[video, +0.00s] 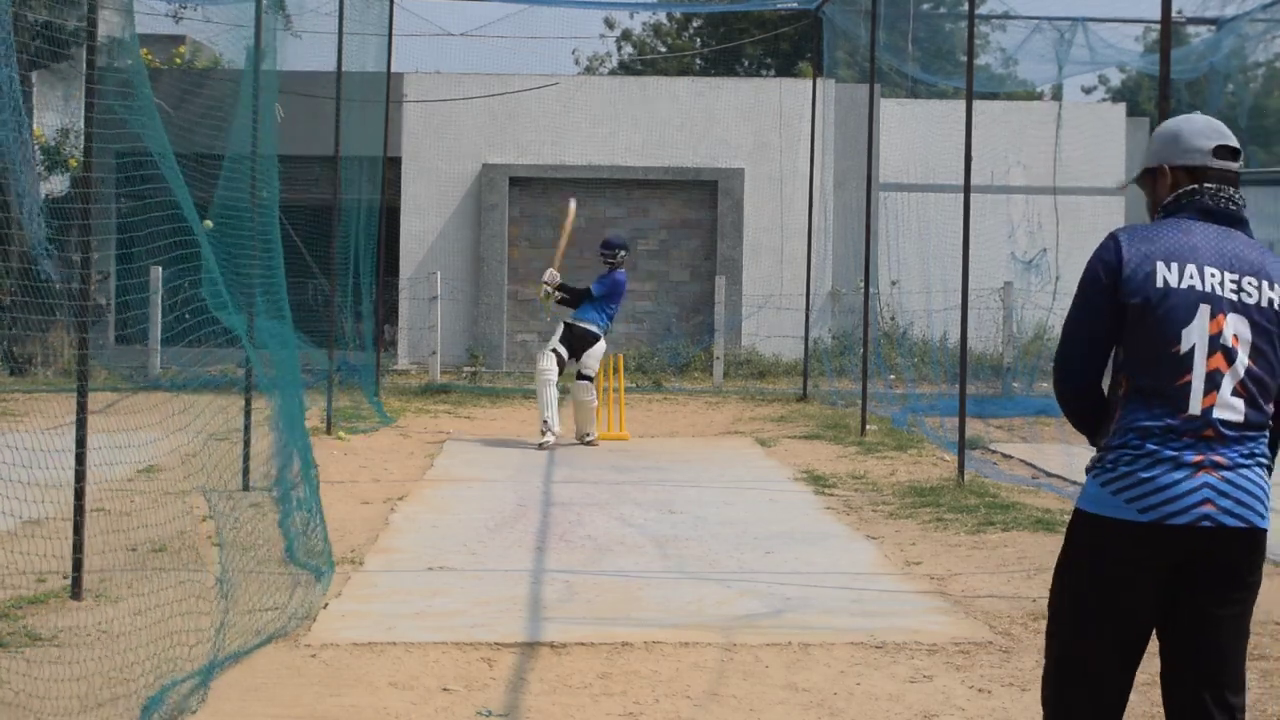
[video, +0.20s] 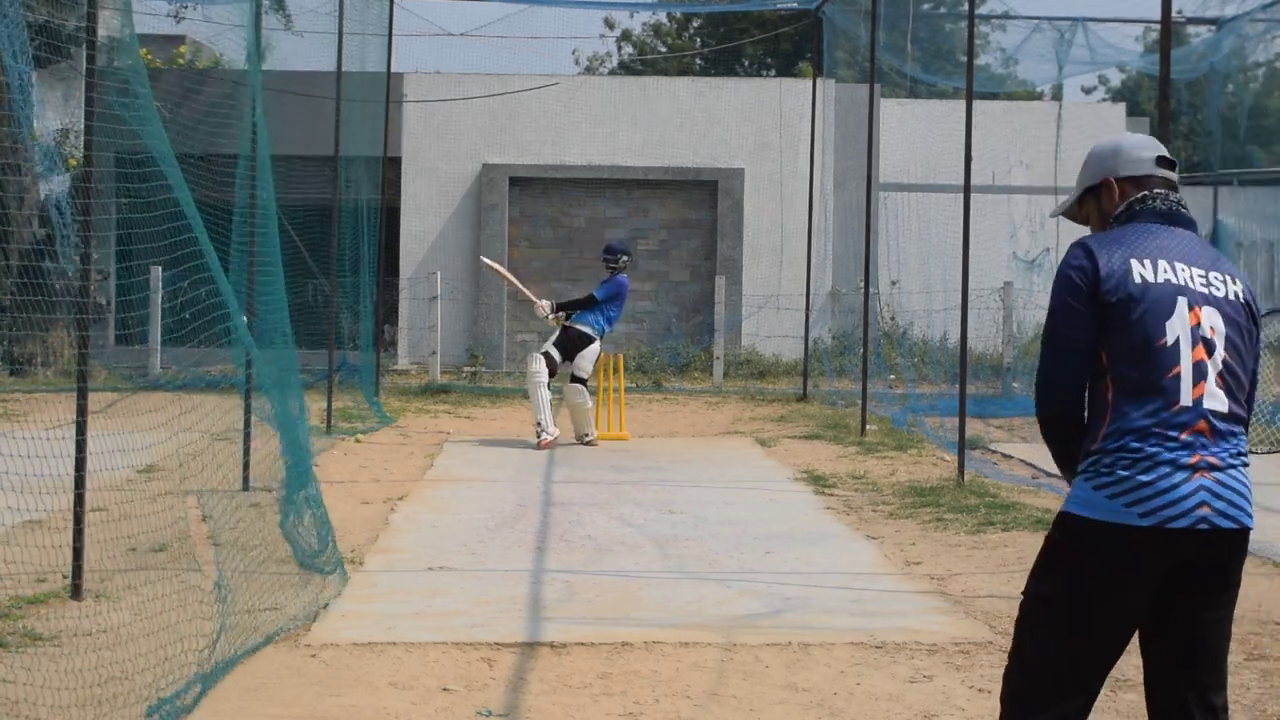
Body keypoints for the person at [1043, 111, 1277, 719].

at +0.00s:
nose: (1148, 195)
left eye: (1151, 181)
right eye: (1149, 182)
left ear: (1172, 178)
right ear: (1227, 181)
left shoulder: (1128, 248)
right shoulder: (1272, 267)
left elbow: (1073, 378)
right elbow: (1273, 398)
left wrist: (1122, 440)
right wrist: (1233, 446)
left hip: (1128, 512)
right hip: (1237, 516)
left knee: (1080, 698)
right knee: (1212, 701)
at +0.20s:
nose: (1089, 226)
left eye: (1089, 210)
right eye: (1085, 214)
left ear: (1113, 193)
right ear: (1167, 193)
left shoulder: (1097, 254)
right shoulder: (1235, 276)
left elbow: (1056, 397)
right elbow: (1238, 406)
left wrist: (1093, 477)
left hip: (1120, 510)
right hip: (1222, 516)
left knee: (1041, 696)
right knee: (1196, 701)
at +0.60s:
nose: (880, 365)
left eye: (877, 352)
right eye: (875, 356)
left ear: (892, 315)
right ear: (955, 302)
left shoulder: (892, 368)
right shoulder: (1038, 325)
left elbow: (857, 518)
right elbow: (1117, 425)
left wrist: (817, 648)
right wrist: (1132, 512)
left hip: (1018, 549)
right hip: (1134, 541)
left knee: (944, 709)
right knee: (1147, 709)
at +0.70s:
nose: (835, 411)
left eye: (831, 397)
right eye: (831, 399)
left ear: (843, 374)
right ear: (898, 343)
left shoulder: (848, 423)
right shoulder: (980, 350)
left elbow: (815, 569)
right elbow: (1076, 428)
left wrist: (772, 700)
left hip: (996, 557)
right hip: (1118, 539)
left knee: (922, 710)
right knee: (1146, 709)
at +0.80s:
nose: (787, 491)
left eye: (781, 474)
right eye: (781, 478)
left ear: (793, 451)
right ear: (833, 413)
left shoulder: (809, 490)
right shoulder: (925, 394)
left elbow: (777, 640)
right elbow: (1054, 456)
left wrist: (747, 714)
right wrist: (912, 545)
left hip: (974, 563)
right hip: (1090, 541)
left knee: (899, 710)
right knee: (1142, 709)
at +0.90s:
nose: (773, 520)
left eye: (767, 506)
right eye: (766, 509)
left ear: (776, 482)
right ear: (813, 443)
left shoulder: (798, 513)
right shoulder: (902, 411)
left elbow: (768, 668)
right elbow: (1037, 451)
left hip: (965, 565)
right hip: (1079, 536)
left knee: (893, 711)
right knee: (1135, 706)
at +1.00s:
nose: (767, 522)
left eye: (760, 507)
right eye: (759, 510)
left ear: (770, 481)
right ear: (803, 442)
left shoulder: (791, 512)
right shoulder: (894, 408)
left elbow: (769, 664)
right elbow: (1031, 448)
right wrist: (902, 564)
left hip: (962, 561)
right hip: (1075, 529)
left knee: (896, 709)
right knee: (1129, 705)